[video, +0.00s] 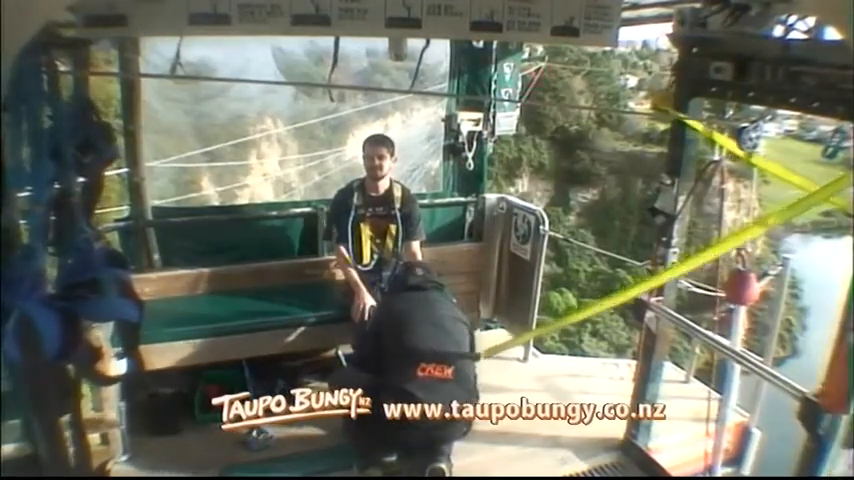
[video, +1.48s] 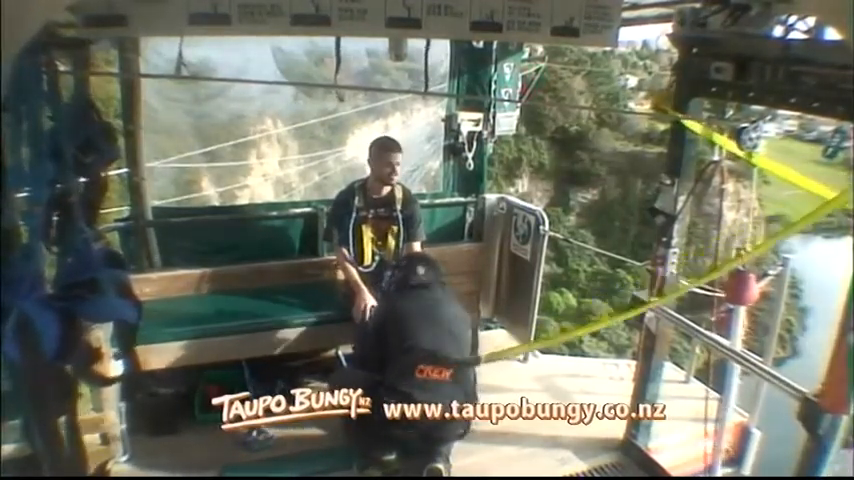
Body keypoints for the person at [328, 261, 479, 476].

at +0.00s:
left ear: (396, 284)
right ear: (436, 284)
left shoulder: (389, 306)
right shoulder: (458, 314)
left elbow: (364, 362)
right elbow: (469, 373)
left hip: (400, 418)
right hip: (454, 420)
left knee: (342, 380)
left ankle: (376, 454)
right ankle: (441, 456)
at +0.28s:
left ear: (396, 287)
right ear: (434, 289)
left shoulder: (389, 308)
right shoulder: (453, 317)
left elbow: (366, 363)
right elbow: (467, 363)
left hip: (400, 414)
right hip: (453, 419)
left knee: (340, 382)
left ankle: (377, 452)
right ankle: (440, 457)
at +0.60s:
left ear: (397, 286)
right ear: (438, 291)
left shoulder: (386, 311)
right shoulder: (458, 322)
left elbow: (366, 364)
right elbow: (469, 380)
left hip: (399, 413)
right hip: (453, 418)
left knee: (341, 382)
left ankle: (377, 451)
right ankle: (440, 458)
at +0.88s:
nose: (385, 287)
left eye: (389, 282)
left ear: (395, 283)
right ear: (433, 283)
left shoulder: (387, 308)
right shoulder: (454, 314)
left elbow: (366, 361)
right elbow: (474, 365)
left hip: (402, 411)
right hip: (457, 413)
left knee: (341, 382)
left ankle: (378, 452)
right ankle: (441, 457)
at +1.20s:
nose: (389, 280)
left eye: (394, 275)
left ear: (400, 279)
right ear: (437, 280)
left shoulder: (390, 307)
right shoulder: (456, 312)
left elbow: (366, 362)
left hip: (402, 411)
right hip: (455, 415)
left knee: (341, 381)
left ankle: (377, 451)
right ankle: (441, 456)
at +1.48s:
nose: (388, 280)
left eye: (393, 275)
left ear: (398, 279)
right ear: (438, 280)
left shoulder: (390, 305)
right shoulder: (460, 313)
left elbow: (367, 362)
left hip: (399, 415)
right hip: (451, 418)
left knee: (341, 381)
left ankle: (378, 453)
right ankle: (440, 458)